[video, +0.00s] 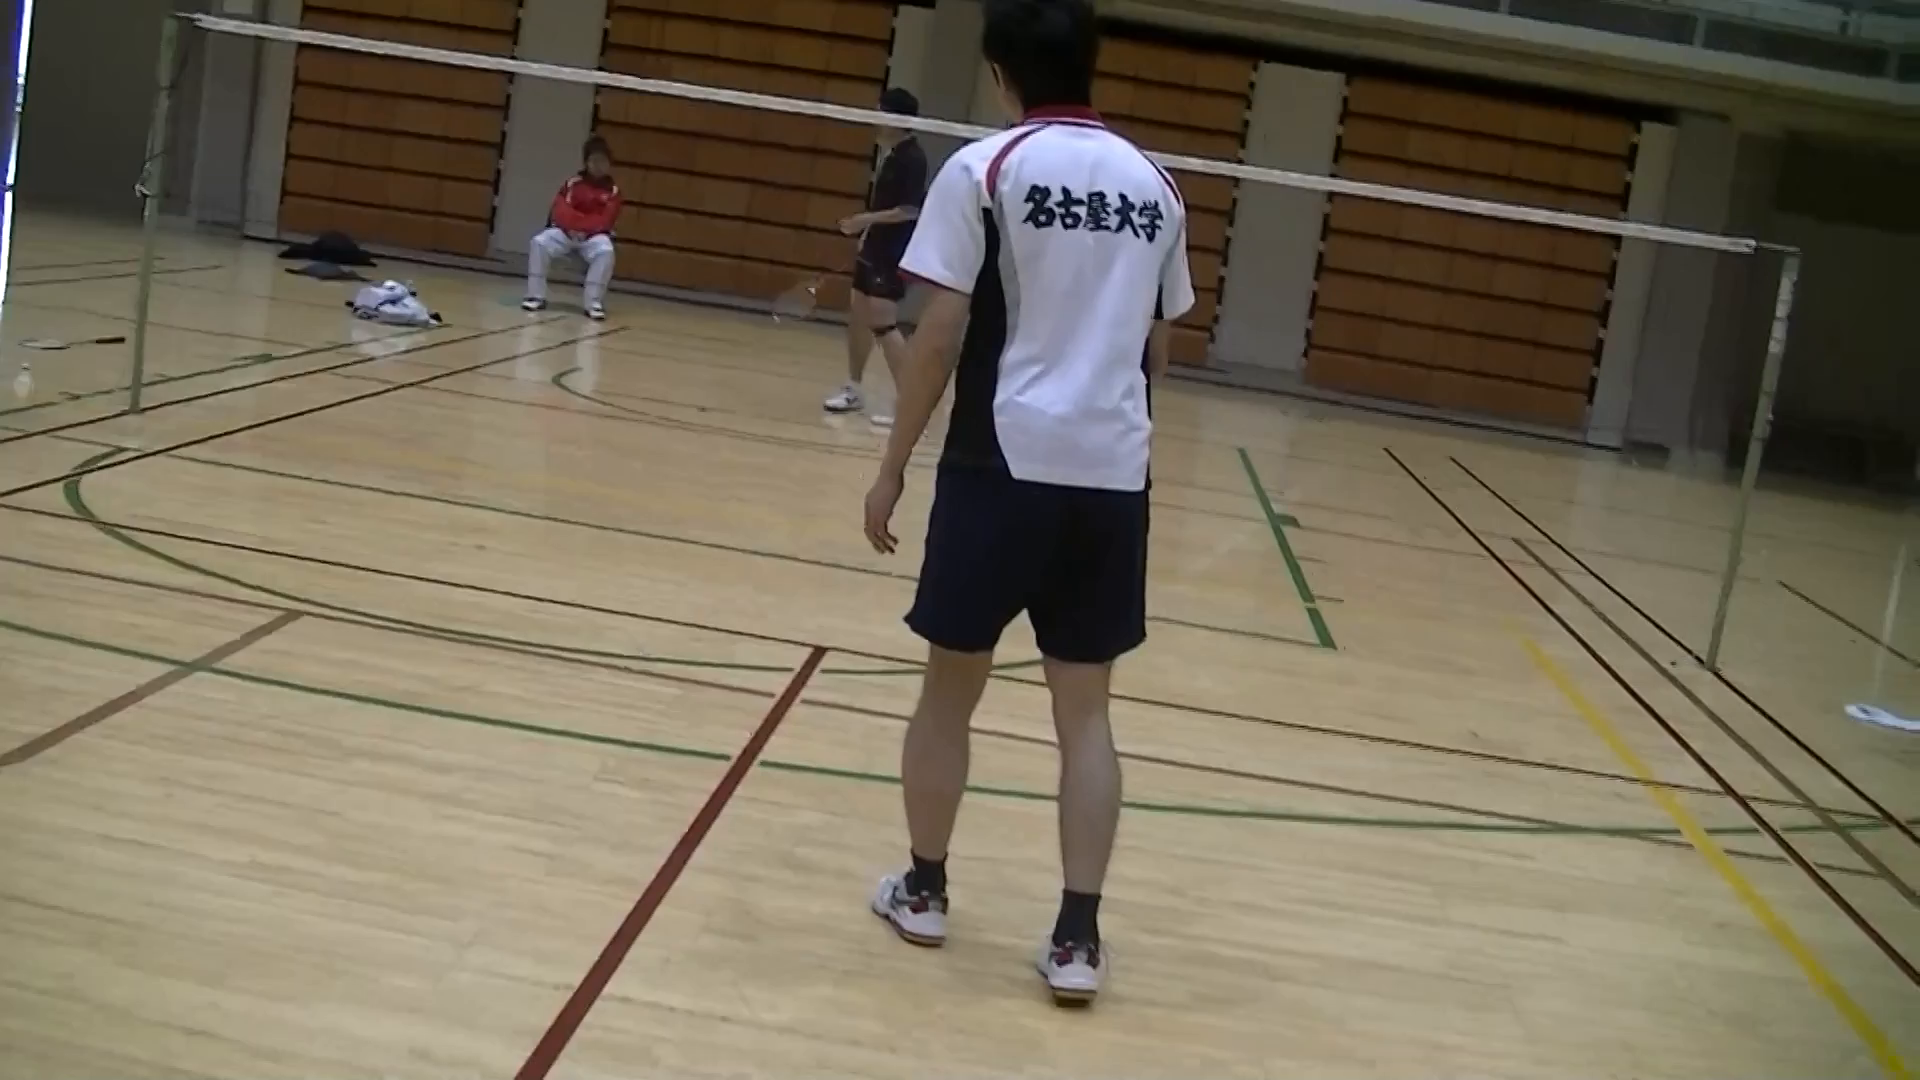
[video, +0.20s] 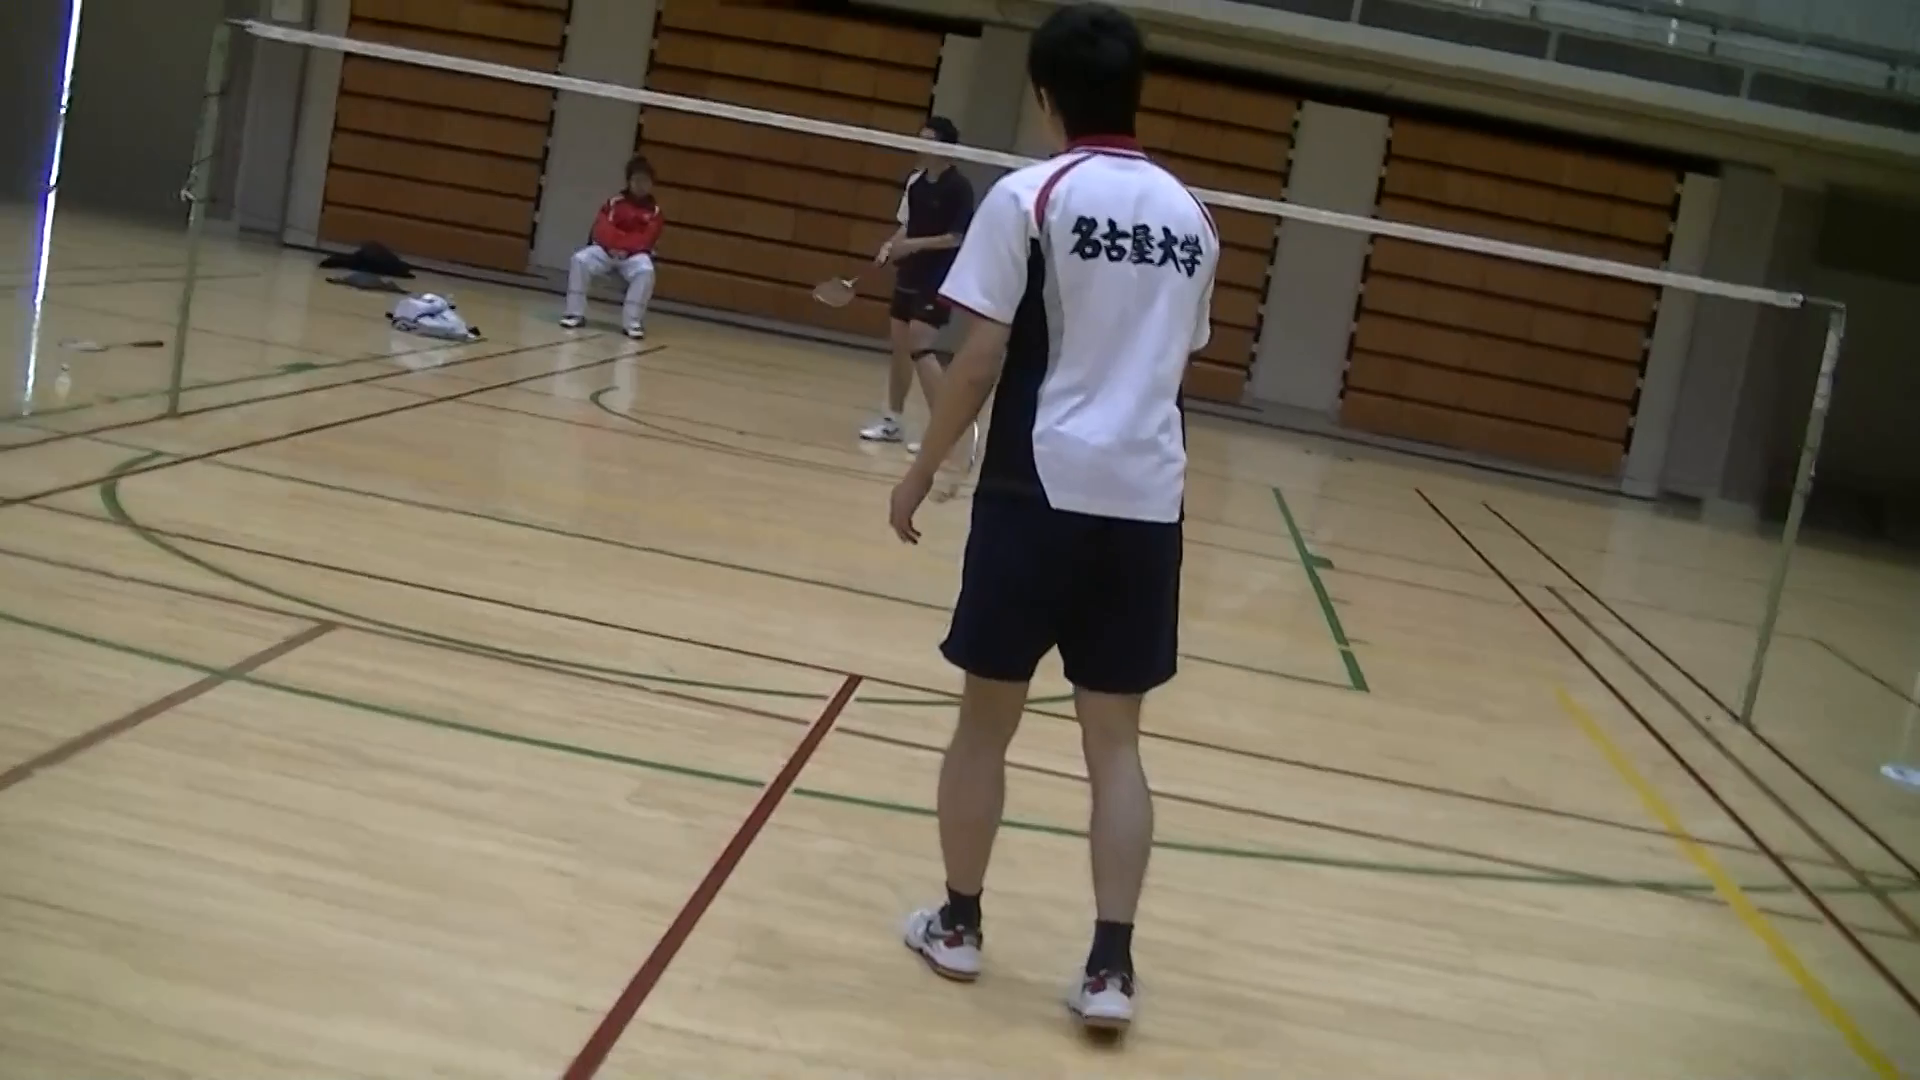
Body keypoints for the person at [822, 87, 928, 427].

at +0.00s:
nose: (876, 119)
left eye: (881, 114)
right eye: (878, 113)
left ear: (895, 120)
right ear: (898, 119)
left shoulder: (912, 157)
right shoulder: (888, 152)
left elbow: (911, 210)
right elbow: (882, 202)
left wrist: (866, 219)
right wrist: (866, 232)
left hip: (890, 252)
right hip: (871, 247)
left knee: (884, 324)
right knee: (858, 318)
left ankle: (908, 402)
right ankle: (853, 389)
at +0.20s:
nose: (921, 144)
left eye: (929, 140)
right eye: (922, 138)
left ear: (945, 147)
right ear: (921, 143)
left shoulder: (958, 186)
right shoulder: (916, 180)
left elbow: (957, 237)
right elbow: (906, 225)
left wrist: (911, 245)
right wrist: (891, 245)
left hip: (937, 278)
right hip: (908, 274)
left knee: (920, 348)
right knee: (900, 347)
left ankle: (949, 428)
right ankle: (893, 420)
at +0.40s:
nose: (940, 185)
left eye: (949, 181)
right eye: (939, 178)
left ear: (964, 189)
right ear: (934, 182)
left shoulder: (976, 228)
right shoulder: (919, 222)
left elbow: (981, 276)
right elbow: (907, 262)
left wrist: (944, 284)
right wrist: (905, 282)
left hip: (954, 318)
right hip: (920, 312)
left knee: (938, 388)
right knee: (911, 387)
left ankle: (936, 461)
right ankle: (901, 460)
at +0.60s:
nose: (924, 196)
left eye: (932, 192)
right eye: (920, 189)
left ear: (942, 201)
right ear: (911, 193)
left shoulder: (951, 241)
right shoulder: (889, 229)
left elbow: (953, 288)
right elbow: (870, 269)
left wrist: (923, 299)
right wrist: (880, 294)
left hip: (922, 325)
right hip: (886, 318)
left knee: (908, 401)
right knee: (871, 393)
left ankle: (890, 467)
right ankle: (864, 466)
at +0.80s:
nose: (887, 171)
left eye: (895, 167)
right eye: (884, 164)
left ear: (904, 175)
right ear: (874, 167)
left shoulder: (909, 218)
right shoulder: (848, 200)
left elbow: (907, 264)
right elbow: (824, 240)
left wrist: (882, 274)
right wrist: (836, 268)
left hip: (875, 300)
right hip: (837, 290)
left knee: (856, 372)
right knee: (814, 357)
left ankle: (832, 440)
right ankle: (802, 433)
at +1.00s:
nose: (875, 203)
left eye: (883, 198)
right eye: (872, 195)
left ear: (890, 207)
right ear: (861, 197)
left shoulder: (891, 250)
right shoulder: (832, 230)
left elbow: (888, 295)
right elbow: (808, 271)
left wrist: (865, 309)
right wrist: (809, 307)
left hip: (854, 330)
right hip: (818, 319)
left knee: (832, 406)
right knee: (801, 392)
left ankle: (806, 470)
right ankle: (777, 466)